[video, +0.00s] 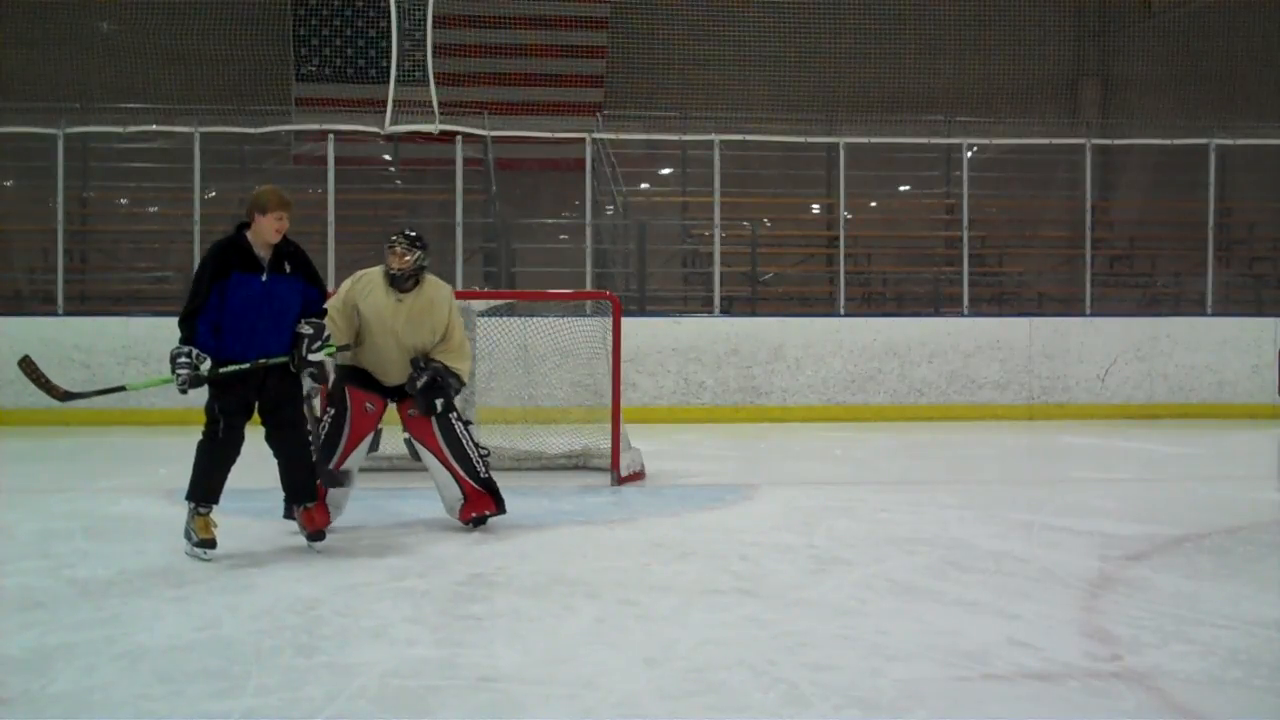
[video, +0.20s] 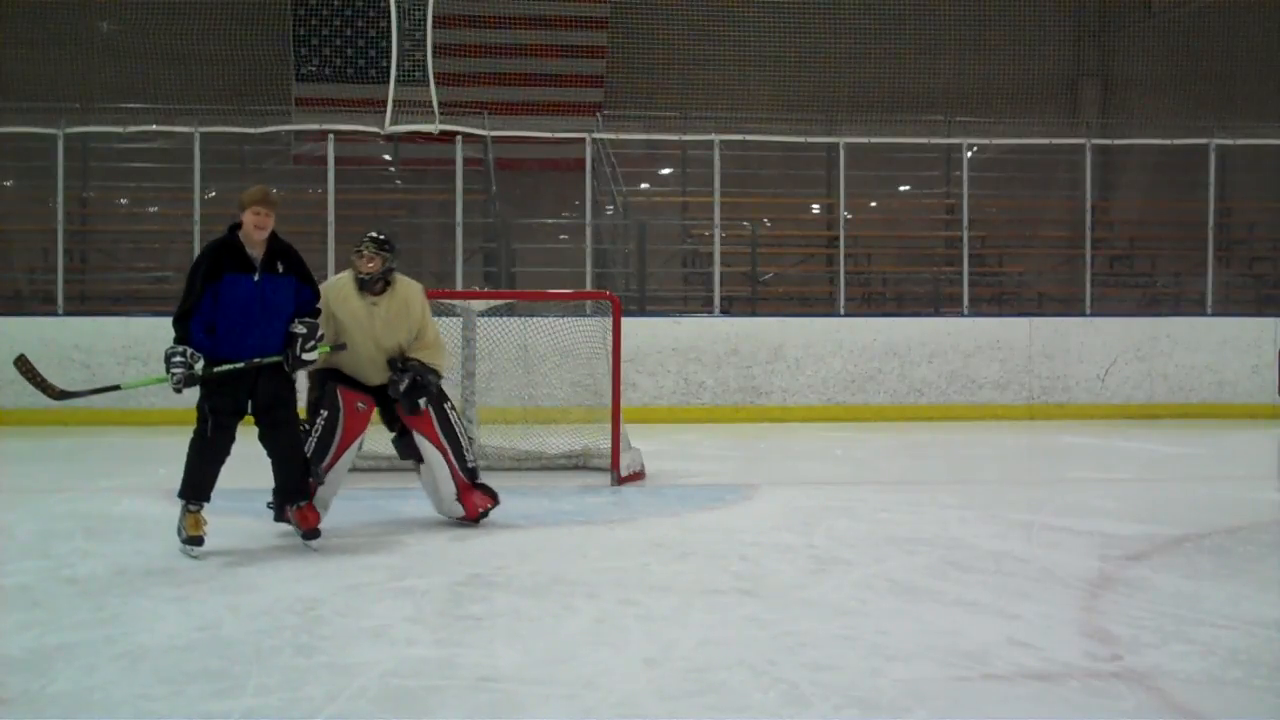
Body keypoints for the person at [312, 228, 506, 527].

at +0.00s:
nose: (396, 262)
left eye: (404, 256)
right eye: (392, 255)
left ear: (419, 259)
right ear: (385, 257)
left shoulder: (440, 295)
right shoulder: (362, 285)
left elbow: (456, 348)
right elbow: (332, 323)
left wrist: (440, 379)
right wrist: (317, 356)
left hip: (417, 379)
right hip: (364, 375)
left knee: (443, 433)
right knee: (340, 435)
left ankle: (478, 497)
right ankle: (317, 506)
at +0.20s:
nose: (365, 263)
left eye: (373, 258)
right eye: (360, 257)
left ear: (388, 263)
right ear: (353, 259)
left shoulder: (411, 293)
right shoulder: (331, 293)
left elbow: (430, 346)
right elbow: (310, 345)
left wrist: (418, 374)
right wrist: (301, 349)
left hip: (398, 379)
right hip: (346, 379)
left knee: (434, 415)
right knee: (339, 424)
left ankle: (463, 495)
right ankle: (306, 503)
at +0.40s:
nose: (348, 265)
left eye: (356, 259)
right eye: (344, 258)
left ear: (370, 263)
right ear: (336, 260)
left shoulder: (392, 291)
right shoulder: (319, 289)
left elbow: (408, 346)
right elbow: (294, 330)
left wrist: (402, 375)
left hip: (380, 381)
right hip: (332, 380)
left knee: (417, 412)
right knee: (338, 413)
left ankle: (414, 498)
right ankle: (293, 497)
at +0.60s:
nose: (346, 262)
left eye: (354, 257)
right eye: (342, 255)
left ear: (367, 261)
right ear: (334, 257)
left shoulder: (387, 290)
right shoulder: (314, 286)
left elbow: (400, 339)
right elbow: (293, 329)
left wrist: (398, 367)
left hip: (370, 379)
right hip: (323, 378)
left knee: (403, 408)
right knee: (326, 410)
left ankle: (380, 494)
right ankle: (274, 491)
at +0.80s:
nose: (343, 257)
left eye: (351, 251)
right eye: (339, 250)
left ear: (364, 255)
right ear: (331, 251)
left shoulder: (383, 285)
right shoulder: (309, 279)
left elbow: (401, 334)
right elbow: (288, 320)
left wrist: (400, 360)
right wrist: (297, 353)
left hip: (367, 376)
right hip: (320, 377)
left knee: (384, 439)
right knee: (301, 436)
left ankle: (371, 495)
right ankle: (269, 492)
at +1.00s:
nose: (338, 255)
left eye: (346, 249)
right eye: (334, 248)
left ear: (359, 253)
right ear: (326, 249)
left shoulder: (378, 285)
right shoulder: (302, 276)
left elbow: (402, 342)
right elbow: (279, 316)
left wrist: (380, 340)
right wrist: (292, 352)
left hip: (358, 373)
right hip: (310, 372)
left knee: (369, 440)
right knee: (293, 433)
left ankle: (368, 498)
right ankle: (260, 494)